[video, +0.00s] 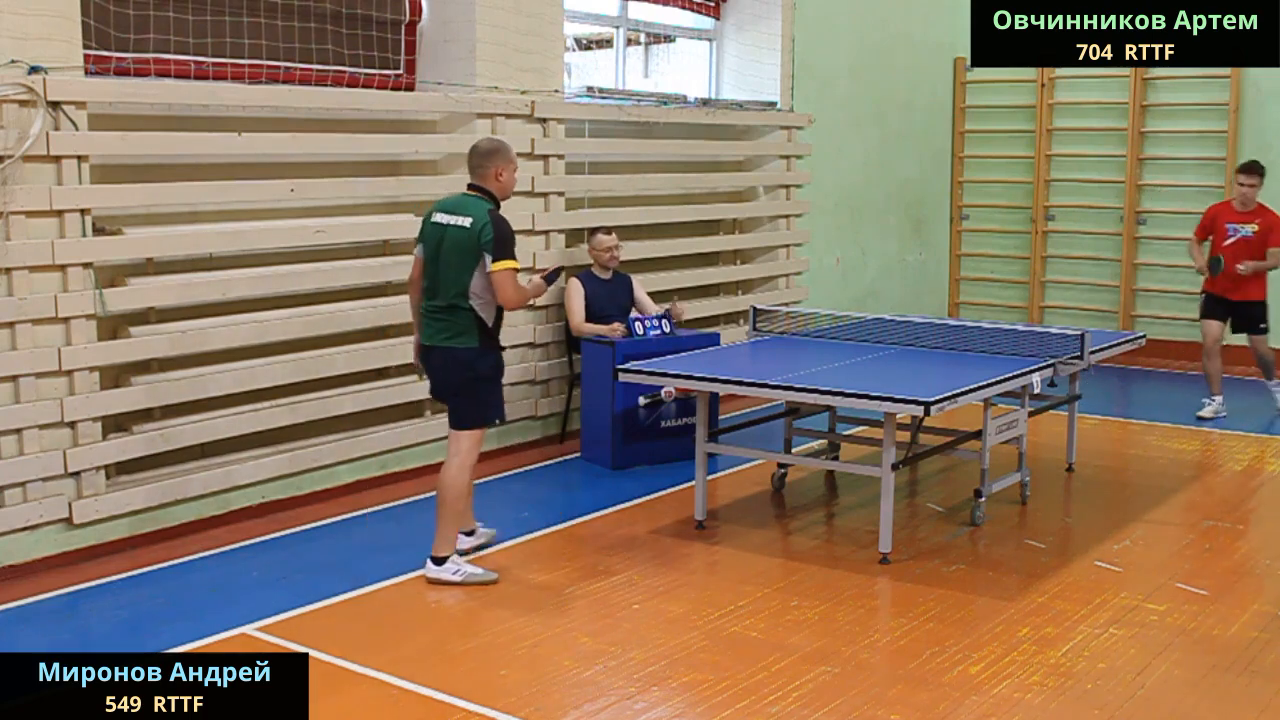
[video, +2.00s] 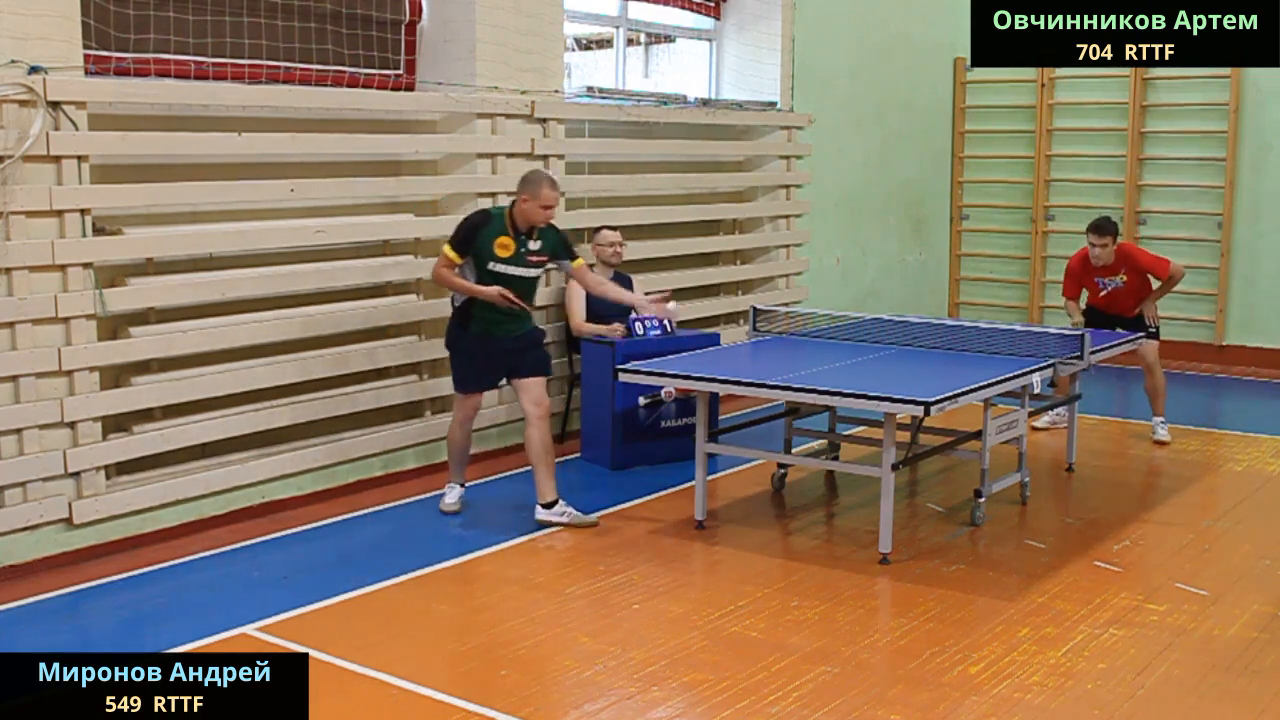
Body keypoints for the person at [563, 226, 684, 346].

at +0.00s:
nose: (615, 254)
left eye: (617, 248)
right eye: (607, 250)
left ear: (620, 247)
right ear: (592, 253)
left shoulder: (627, 281)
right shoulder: (577, 284)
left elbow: (655, 314)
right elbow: (577, 328)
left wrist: (671, 315)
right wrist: (607, 330)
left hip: (630, 349)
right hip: (595, 352)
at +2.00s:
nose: (618, 250)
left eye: (621, 245)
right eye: (611, 245)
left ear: (624, 247)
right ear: (594, 250)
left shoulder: (628, 281)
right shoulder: (578, 283)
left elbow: (644, 315)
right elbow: (577, 327)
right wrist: (606, 330)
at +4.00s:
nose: (617, 251)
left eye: (621, 246)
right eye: (611, 246)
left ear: (624, 248)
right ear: (595, 249)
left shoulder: (627, 280)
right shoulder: (579, 282)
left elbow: (648, 317)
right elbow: (577, 328)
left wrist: (664, 325)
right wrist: (606, 330)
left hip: (630, 347)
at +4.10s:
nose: (617, 251)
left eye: (621, 246)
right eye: (610, 246)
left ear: (624, 248)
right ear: (595, 249)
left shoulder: (627, 280)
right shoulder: (581, 280)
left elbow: (649, 317)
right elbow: (577, 327)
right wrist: (606, 330)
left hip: (630, 345)